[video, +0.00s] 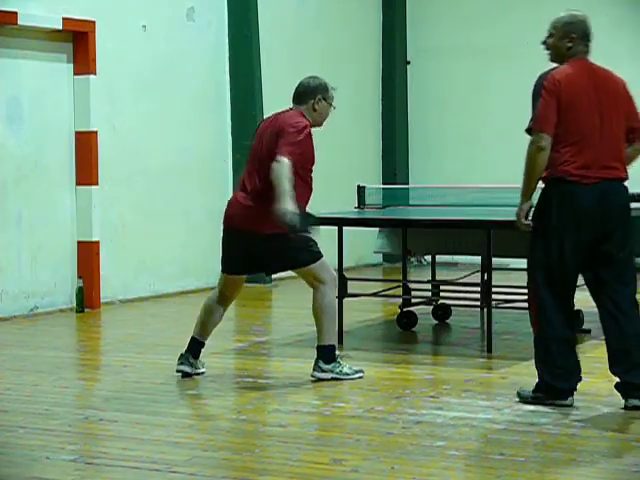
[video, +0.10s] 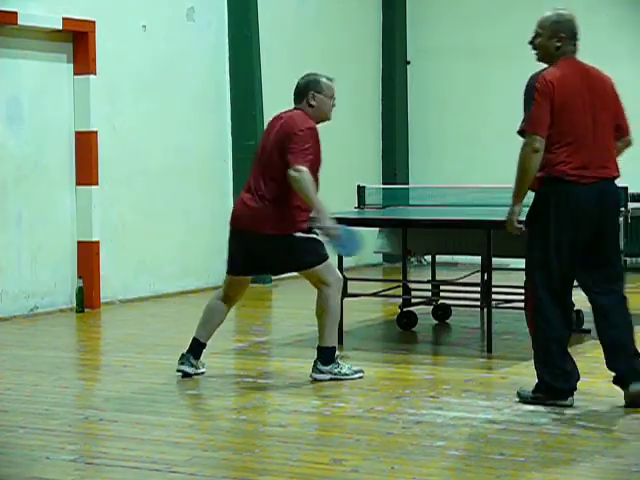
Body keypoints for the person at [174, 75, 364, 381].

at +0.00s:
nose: (329, 112)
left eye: (331, 105)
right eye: (329, 105)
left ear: (300, 101)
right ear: (315, 102)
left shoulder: (271, 122)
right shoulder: (297, 125)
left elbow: (256, 169)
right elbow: (281, 162)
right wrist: (285, 201)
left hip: (238, 222)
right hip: (274, 224)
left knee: (225, 292)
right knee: (326, 281)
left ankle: (190, 356)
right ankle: (327, 360)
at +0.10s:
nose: (334, 105)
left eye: (334, 99)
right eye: (331, 98)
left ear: (308, 99)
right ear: (312, 98)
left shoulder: (279, 121)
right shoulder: (303, 126)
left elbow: (274, 175)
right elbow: (298, 172)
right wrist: (320, 213)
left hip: (245, 223)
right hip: (281, 227)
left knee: (229, 292)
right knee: (331, 281)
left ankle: (191, 356)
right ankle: (327, 361)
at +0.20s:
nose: (338, 96)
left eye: (337, 91)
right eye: (332, 91)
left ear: (309, 95)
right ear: (312, 93)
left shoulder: (290, 118)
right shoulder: (307, 121)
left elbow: (300, 172)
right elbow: (309, 173)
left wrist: (340, 192)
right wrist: (346, 202)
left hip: (255, 220)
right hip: (285, 224)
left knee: (247, 288)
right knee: (334, 282)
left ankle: (197, 349)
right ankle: (327, 362)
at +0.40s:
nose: (332, 81)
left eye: (331, 76)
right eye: (326, 77)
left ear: (311, 84)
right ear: (305, 83)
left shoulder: (308, 113)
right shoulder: (298, 111)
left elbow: (303, 161)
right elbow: (291, 160)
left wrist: (338, 169)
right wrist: (335, 169)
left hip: (276, 217)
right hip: (287, 218)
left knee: (293, 286)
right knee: (331, 281)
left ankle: (232, 331)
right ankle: (327, 361)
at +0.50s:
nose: (322, 80)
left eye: (321, 75)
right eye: (315, 76)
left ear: (306, 83)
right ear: (294, 82)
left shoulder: (311, 114)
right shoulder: (284, 112)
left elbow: (307, 163)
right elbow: (271, 161)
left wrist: (337, 174)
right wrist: (314, 174)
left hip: (304, 218)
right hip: (283, 219)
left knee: (307, 287)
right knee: (327, 277)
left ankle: (257, 333)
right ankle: (326, 361)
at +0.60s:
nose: (309, 78)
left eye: (309, 73)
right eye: (302, 74)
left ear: (305, 80)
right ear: (282, 82)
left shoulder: (307, 114)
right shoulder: (267, 115)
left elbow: (309, 156)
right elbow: (249, 164)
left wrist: (334, 169)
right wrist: (281, 187)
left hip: (305, 216)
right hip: (275, 218)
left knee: (304, 291)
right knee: (315, 279)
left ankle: (265, 344)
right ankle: (326, 360)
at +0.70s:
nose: (296, 77)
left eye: (296, 72)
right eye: (288, 73)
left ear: (293, 79)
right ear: (268, 81)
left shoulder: (302, 111)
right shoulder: (251, 117)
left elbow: (314, 150)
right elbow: (227, 164)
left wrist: (329, 169)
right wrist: (233, 199)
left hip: (299, 217)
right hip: (264, 219)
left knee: (291, 290)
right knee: (298, 277)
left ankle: (256, 352)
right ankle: (321, 359)